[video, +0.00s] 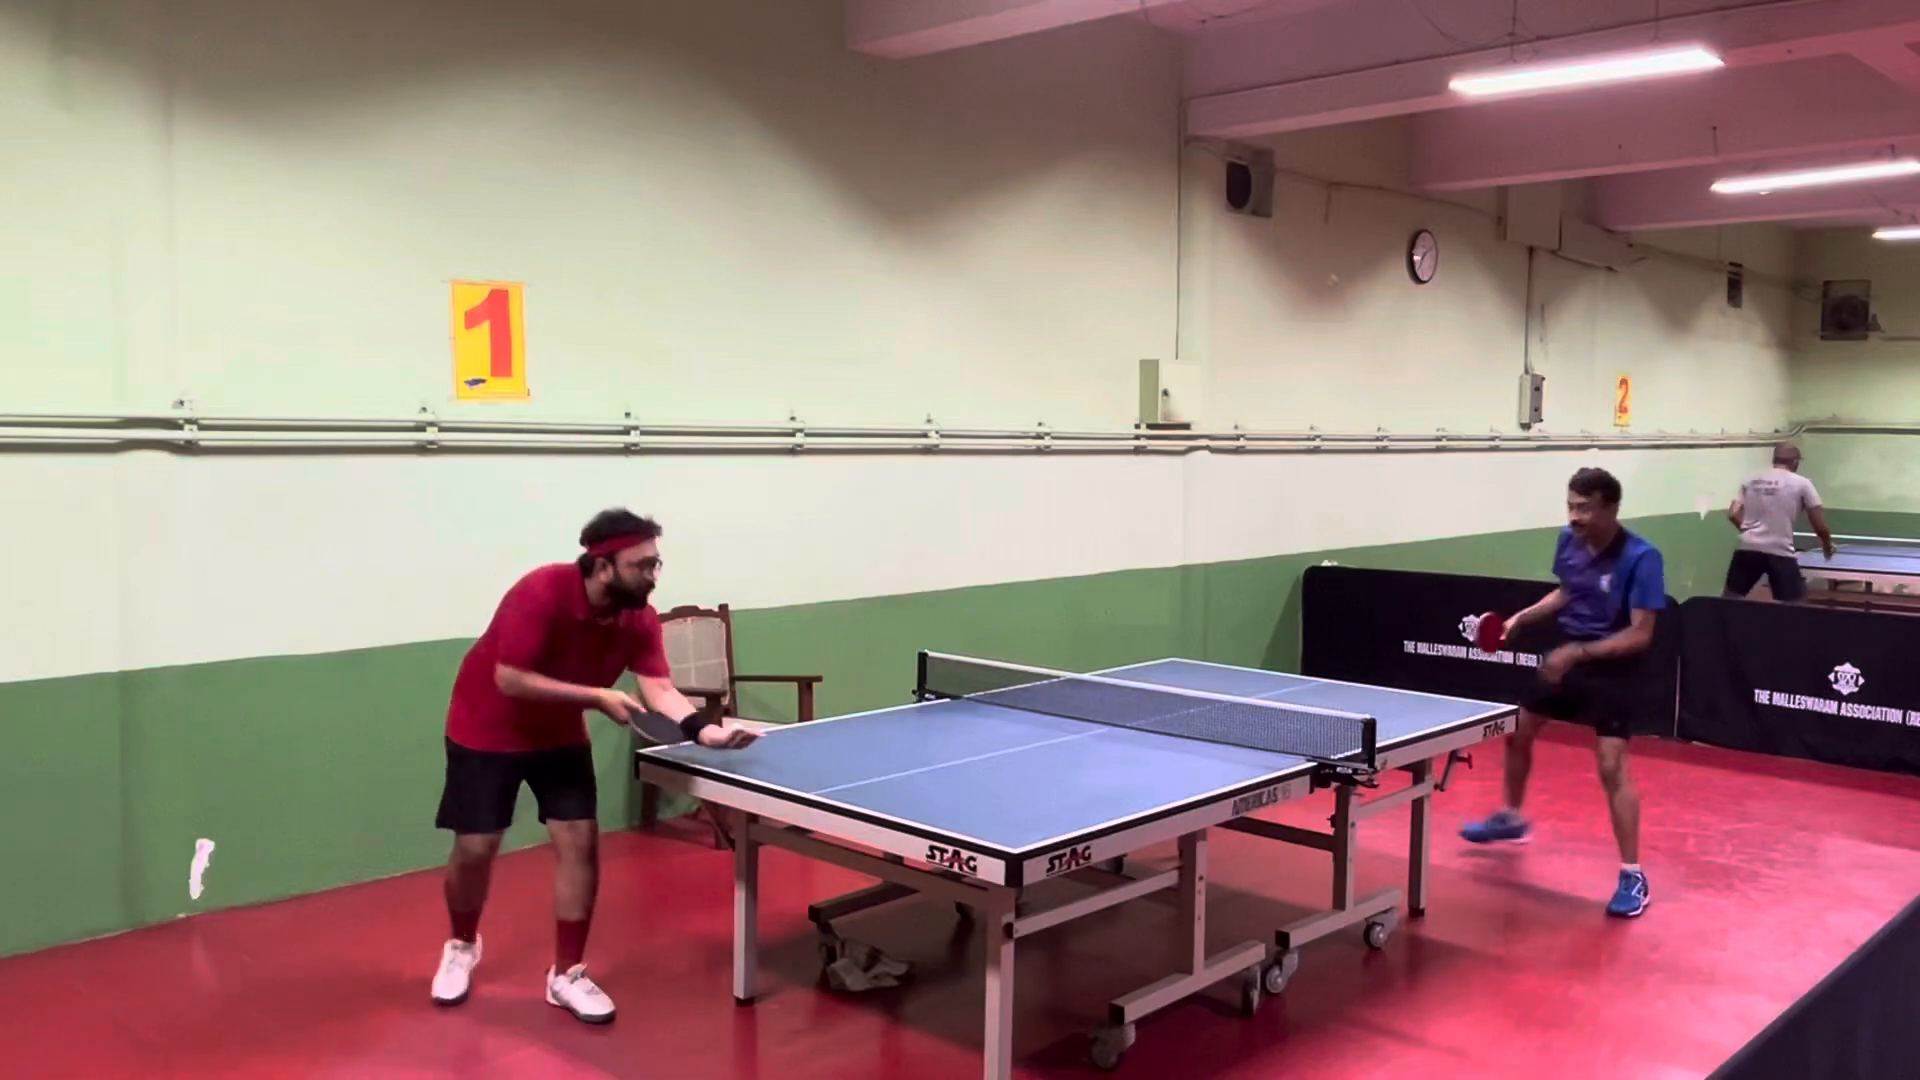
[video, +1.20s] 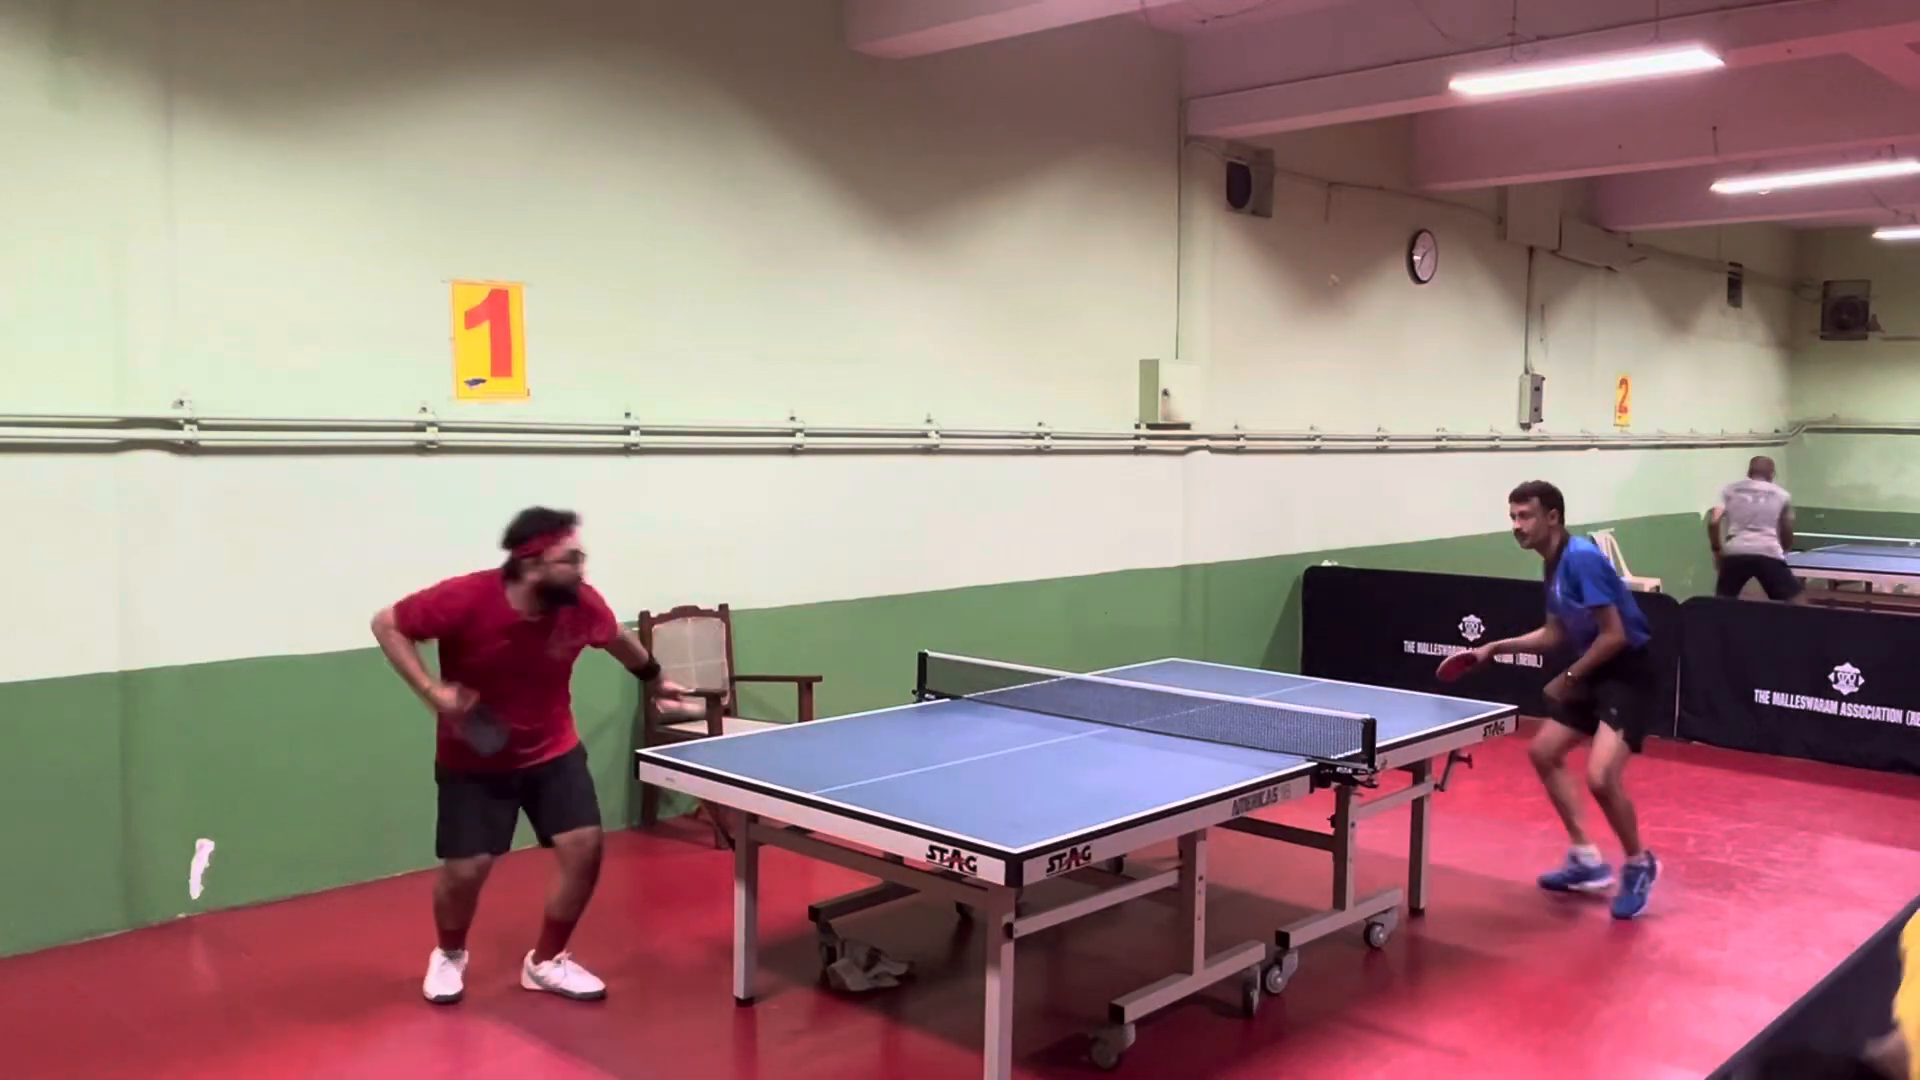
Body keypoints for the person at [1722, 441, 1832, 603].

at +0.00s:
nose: (1798, 464)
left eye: (1798, 460)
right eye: (1798, 460)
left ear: (1774, 460)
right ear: (1795, 461)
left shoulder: (1751, 480)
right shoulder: (1802, 483)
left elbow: (1734, 514)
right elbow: (1820, 528)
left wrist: (1749, 531)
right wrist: (1827, 546)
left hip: (1747, 552)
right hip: (1780, 555)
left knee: (1728, 604)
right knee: (1794, 610)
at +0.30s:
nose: (1787, 472)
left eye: (1787, 468)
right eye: (1787, 468)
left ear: (1762, 465)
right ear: (1784, 468)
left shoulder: (1737, 485)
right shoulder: (1787, 488)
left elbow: (1717, 516)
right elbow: (1809, 529)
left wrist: (1734, 531)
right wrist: (1814, 547)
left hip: (1732, 552)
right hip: (1765, 554)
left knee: (1719, 603)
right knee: (1782, 610)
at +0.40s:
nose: (1776, 478)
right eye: (1777, 475)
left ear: (1754, 469)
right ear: (1775, 473)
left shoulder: (1730, 487)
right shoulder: (1778, 489)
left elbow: (1710, 518)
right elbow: (1802, 530)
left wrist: (1728, 536)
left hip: (1726, 555)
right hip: (1759, 556)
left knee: (1720, 607)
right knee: (1779, 608)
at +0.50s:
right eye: (1763, 476)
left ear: (1741, 473)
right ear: (1763, 475)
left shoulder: (1719, 487)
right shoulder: (1769, 489)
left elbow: (1701, 519)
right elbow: (1788, 530)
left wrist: (1720, 535)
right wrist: (1779, 538)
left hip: (1721, 554)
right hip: (1753, 554)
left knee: (1717, 606)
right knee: (1770, 606)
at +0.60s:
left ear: (1729, 477)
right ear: (1751, 479)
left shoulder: (1711, 490)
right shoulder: (1761, 494)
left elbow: (1696, 520)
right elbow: (1772, 536)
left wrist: (1712, 535)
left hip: (1716, 553)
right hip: (1749, 552)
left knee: (1712, 602)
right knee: (1764, 603)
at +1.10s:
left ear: (1736, 471)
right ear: (1759, 473)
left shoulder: (1720, 485)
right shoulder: (1769, 492)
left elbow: (1704, 515)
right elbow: (1771, 529)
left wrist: (1706, 545)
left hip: (1727, 549)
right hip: (1760, 549)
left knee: (1715, 600)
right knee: (1784, 601)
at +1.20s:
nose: (1774, 476)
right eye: (1773, 473)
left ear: (1749, 473)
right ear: (1772, 475)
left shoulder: (1730, 490)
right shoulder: (1782, 495)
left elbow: (1713, 522)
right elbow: (1786, 530)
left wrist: (1717, 552)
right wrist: (1783, 550)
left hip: (1735, 554)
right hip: (1769, 554)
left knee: (1722, 606)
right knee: (1796, 605)